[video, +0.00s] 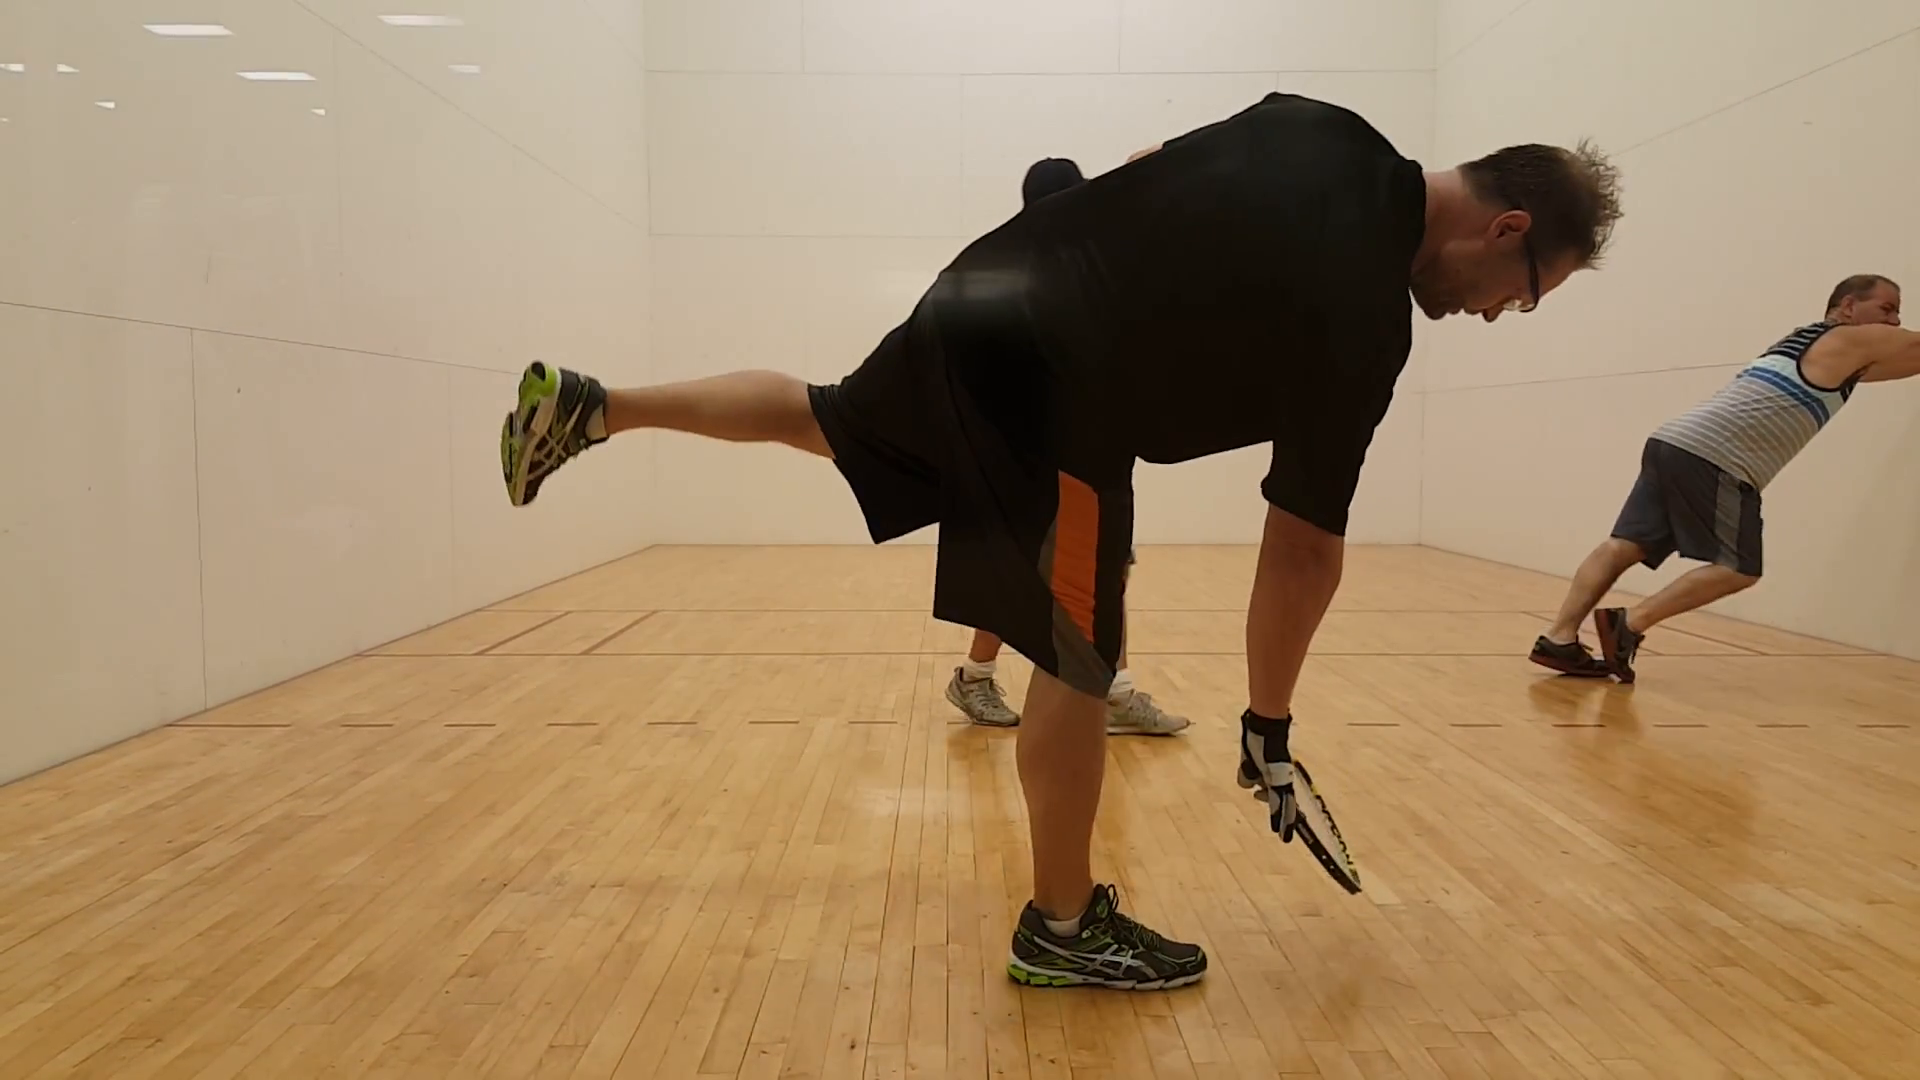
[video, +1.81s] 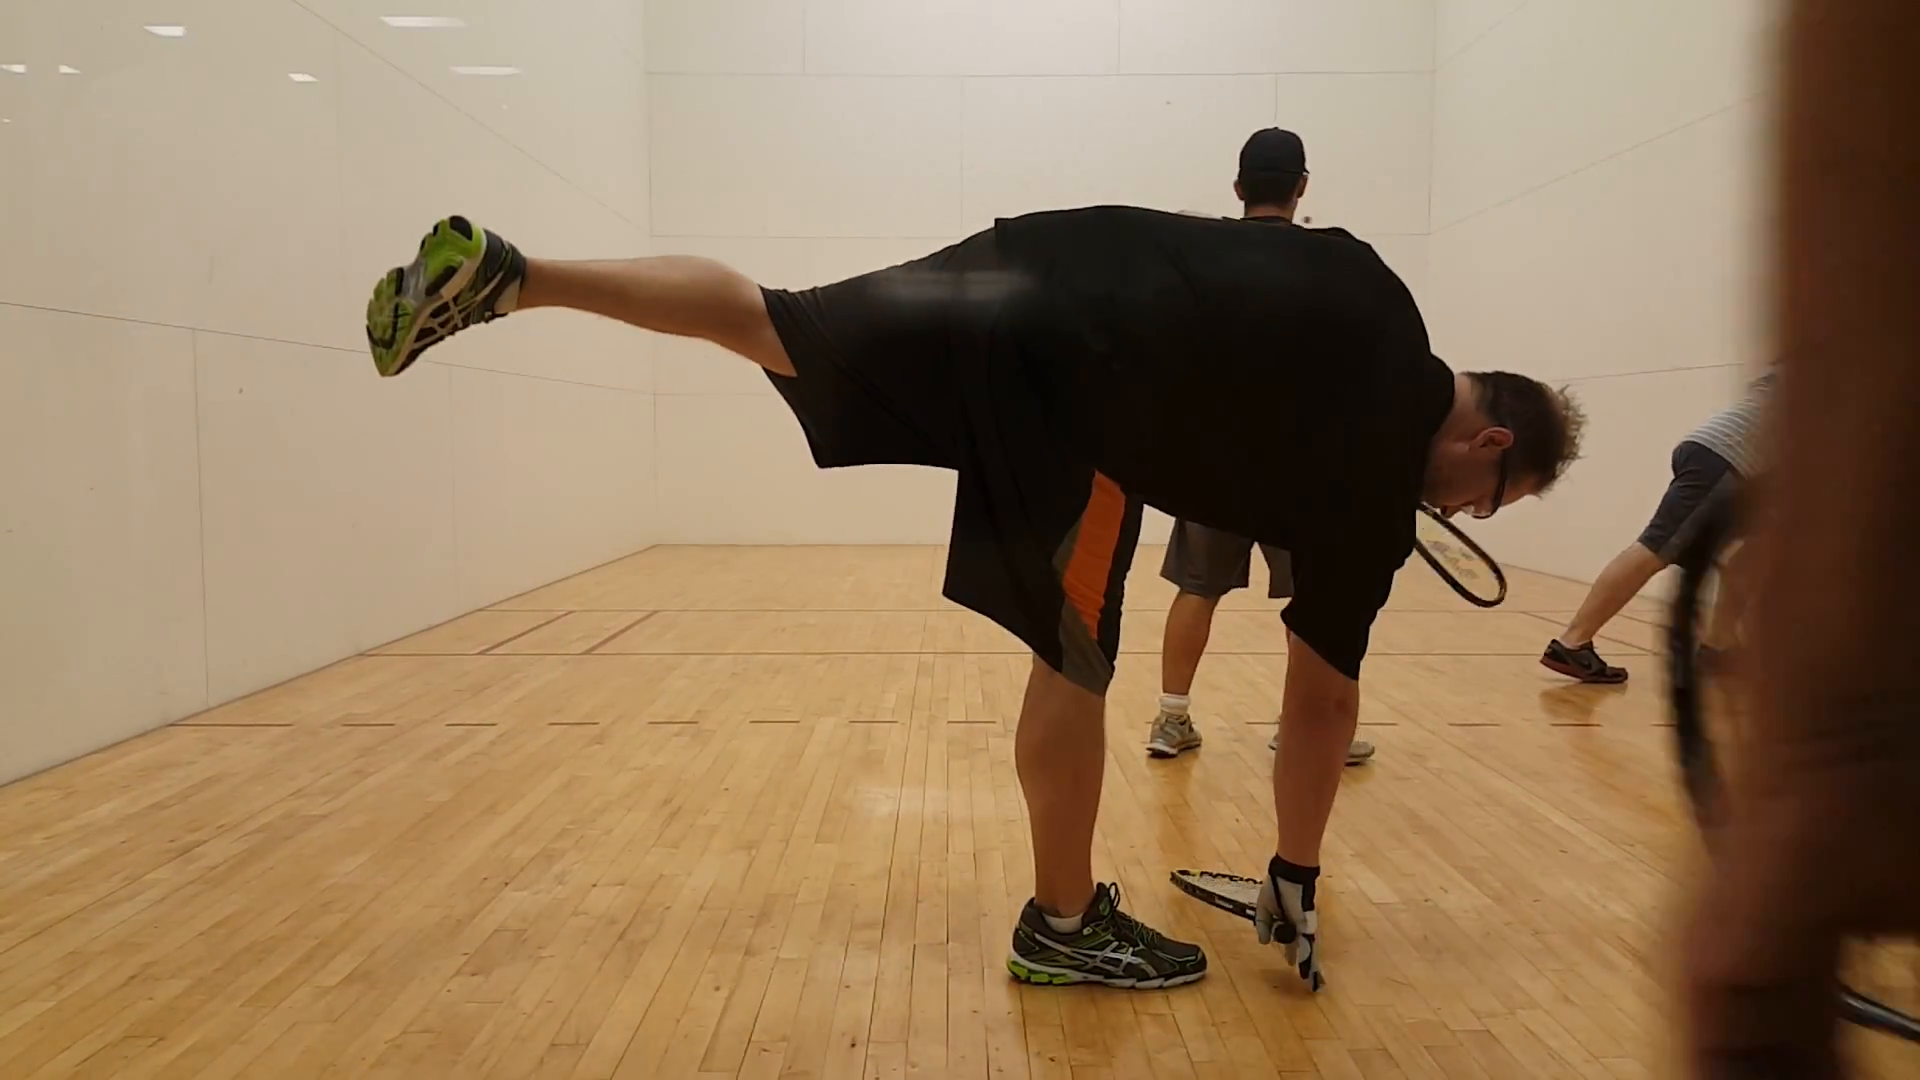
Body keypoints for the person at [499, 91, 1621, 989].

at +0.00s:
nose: (1507, 311)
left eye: (1527, 299)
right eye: (1528, 288)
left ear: (1479, 187)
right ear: (1505, 225)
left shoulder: (1316, 125)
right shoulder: (1366, 330)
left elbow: (1149, 178)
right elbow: (1301, 542)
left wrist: (1058, 240)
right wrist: (1267, 726)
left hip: (991, 291)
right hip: (1063, 393)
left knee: (836, 423)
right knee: (1079, 665)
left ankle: (594, 408)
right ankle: (1061, 921)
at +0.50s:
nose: (1496, 352)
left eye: (1518, 339)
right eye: (1520, 329)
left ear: (1479, 229)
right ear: (1506, 267)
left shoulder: (1329, 155)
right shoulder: (1382, 348)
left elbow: (1153, 183)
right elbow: (1314, 574)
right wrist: (1279, 753)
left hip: (982, 296)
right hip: (1067, 385)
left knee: (840, 455)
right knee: (1089, 646)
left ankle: (585, 451)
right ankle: (1063, 921)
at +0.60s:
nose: (1494, 365)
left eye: (1515, 353)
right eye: (1517, 342)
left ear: (1481, 245)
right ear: (1505, 279)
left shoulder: (1331, 168)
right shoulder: (1380, 356)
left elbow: (1189, 250)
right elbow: (1316, 585)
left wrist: (1231, 508)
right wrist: (1281, 757)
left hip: (978, 302)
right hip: (1064, 391)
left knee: (843, 466)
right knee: (1103, 658)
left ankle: (584, 468)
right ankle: (1064, 923)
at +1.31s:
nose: (1487, 449)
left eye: (1511, 434)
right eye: (1508, 429)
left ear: (1477, 315)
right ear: (1493, 377)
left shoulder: (1352, 237)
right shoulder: (1384, 436)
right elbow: (1319, 648)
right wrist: (1289, 824)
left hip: (1009, 278)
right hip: (1080, 386)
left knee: (790, 396)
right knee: (1081, 660)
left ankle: (522, 405)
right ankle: (1063, 924)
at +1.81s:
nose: (1471, 509)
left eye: (1492, 499)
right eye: (1490, 492)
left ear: (1475, 392)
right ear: (1483, 441)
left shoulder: (1368, 287)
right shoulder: (1374, 489)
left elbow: (1205, 265)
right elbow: (1319, 690)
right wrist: (1294, 878)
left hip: (1033, 264)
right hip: (1083, 388)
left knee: (787, 332)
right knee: (1075, 655)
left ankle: (511, 275)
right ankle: (1063, 921)